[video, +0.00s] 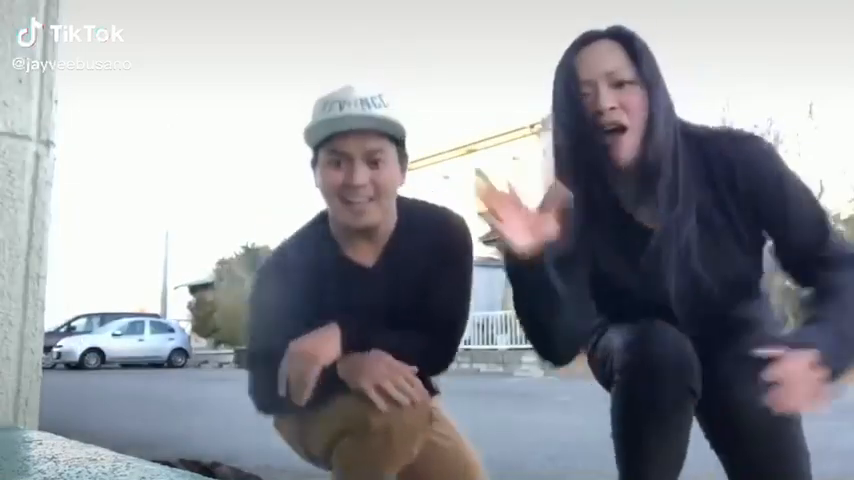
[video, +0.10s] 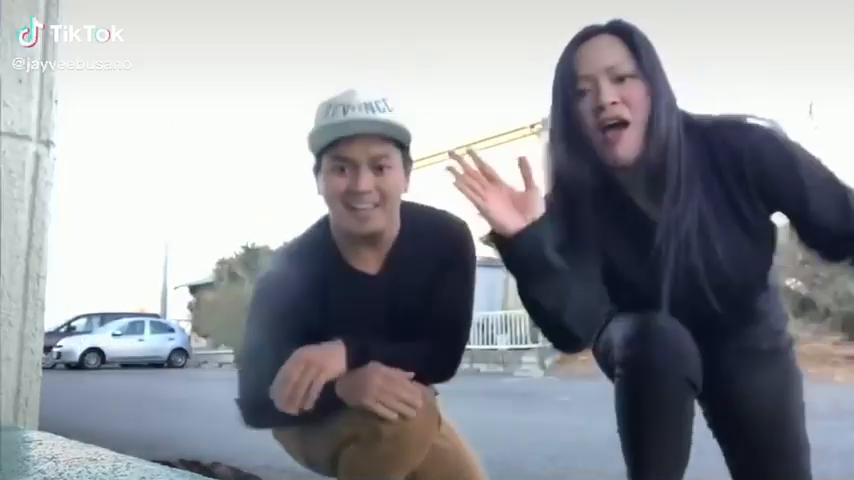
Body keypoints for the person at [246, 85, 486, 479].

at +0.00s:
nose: (356, 180)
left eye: (374, 162)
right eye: (338, 162)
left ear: (401, 171)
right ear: (316, 173)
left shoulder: (443, 234)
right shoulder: (285, 269)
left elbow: (436, 352)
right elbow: (267, 391)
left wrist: (341, 334)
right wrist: (344, 368)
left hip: (412, 398)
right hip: (311, 408)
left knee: (464, 472)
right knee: (398, 415)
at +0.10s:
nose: (361, 186)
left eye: (379, 168)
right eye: (342, 169)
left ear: (406, 175)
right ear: (319, 180)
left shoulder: (445, 239)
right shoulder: (288, 275)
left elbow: (442, 360)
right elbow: (255, 406)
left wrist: (347, 351)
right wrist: (341, 387)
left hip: (414, 402)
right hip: (306, 417)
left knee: (464, 472)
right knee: (409, 417)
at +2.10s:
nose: (429, 164)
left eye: (430, 158)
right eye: (425, 157)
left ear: (419, 159)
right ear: (409, 157)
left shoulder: (421, 197)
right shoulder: (391, 187)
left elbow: (450, 233)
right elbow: (412, 220)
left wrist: (493, 235)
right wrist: (452, 215)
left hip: (401, 277)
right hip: (378, 269)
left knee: (431, 333)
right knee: (389, 339)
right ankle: (384, 421)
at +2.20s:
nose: (439, 161)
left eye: (439, 155)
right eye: (435, 154)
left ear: (424, 158)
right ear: (417, 155)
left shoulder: (440, 198)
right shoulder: (394, 184)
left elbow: (466, 238)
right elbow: (405, 215)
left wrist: (513, 237)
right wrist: (456, 211)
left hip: (423, 278)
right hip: (387, 271)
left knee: (445, 344)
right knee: (397, 338)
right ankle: (390, 420)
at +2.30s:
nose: (446, 159)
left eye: (446, 154)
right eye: (442, 153)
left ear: (433, 157)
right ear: (425, 155)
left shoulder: (450, 196)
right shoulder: (401, 186)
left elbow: (476, 238)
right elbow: (407, 217)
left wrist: (522, 238)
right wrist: (463, 213)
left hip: (442, 279)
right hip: (402, 275)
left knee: (456, 346)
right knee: (414, 340)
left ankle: (470, 419)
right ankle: (407, 416)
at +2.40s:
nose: (448, 158)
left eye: (447, 154)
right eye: (444, 153)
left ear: (435, 157)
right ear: (428, 155)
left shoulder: (450, 196)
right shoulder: (406, 187)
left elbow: (478, 239)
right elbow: (414, 221)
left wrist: (525, 242)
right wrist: (467, 223)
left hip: (450, 280)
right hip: (412, 276)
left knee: (462, 346)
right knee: (431, 333)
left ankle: (471, 420)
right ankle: (409, 406)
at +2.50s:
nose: (447, 159)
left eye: (446, 153)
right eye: (443, 153)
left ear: (428, 156)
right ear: (427, 156)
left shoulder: (440, 194)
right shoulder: (411, 186)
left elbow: (464, 241)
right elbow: (440, 227)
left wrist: (506, 246)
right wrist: (485, 231)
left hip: (445, 279)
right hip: (415, 277)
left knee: (464, 344)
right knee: (447, 338)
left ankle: (472, 420)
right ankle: (406, 408)